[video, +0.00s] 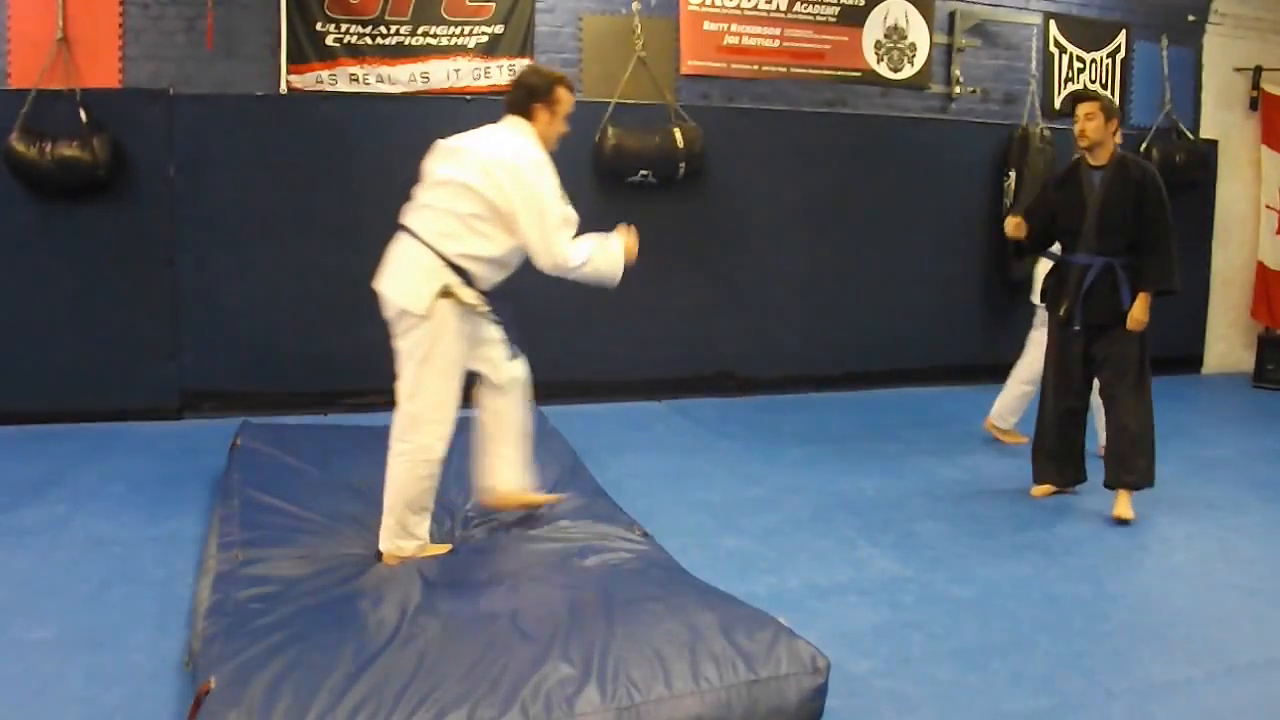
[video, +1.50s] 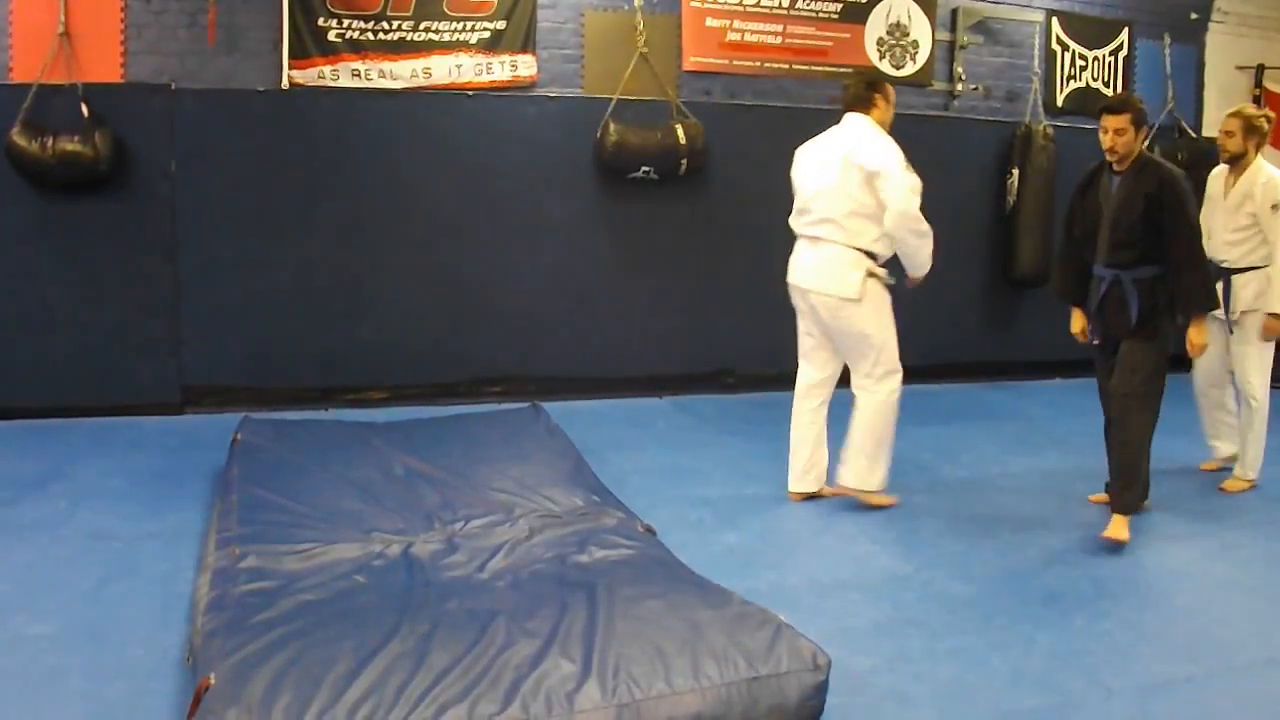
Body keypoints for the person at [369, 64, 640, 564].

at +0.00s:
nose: (566, 129)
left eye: (568, 117)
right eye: (562, 116)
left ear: (525, 110)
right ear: (538, 110)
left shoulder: (475, 140)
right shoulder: (525, 157)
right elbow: (555, 252)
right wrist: (616, 248)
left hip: (417, 276)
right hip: (430, 286)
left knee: (506, 372)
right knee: (426, 416)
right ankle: (403, 540)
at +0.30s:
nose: (652, 118)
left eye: (652, 108)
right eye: (646, 107)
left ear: (612, 107)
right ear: (621, 105)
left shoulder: (571, 147)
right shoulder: (620, 152)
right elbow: (657, 237)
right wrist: (714, 233)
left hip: (542, 294)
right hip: (559, 300)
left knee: (603, 415)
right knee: (597, 415)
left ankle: (589, 532)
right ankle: (486, 479)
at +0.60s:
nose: (744, 111)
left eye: (743, 101)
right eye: (739, 100)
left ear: (698, 99)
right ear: (715, 99)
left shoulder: (655, 144)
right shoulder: (719, 155)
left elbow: (654, 224)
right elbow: (751, 236)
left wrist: (709, 265)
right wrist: (809, 223)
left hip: (626, 286)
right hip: (672, 298)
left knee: (642, 404)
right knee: (721, 408)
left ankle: (593, 511)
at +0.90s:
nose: (824, 109)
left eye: (824, 98)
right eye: (821, 99)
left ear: (779, 95)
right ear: (802, 97)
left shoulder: (727, 142)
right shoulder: (803, 151)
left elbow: (723, 212)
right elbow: (826, 234)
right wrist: (879, 221)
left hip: (713, 278)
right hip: (757, 288)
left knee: (762, 379)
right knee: (779, 408)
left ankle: (711, 454)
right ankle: (764, 528)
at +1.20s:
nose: (861, 116)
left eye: (860, 107)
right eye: (857, 107)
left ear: (817, 107)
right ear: (835, 107)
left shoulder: (770, 154)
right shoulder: (839, 156)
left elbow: (771, 223)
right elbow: (866, 232)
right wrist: (903, 198)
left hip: (767, 280)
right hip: (806, 288)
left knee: (801, 390)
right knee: (797, 403)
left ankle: (804, 481)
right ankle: (764, 521)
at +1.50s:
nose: (894, 109)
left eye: (892, 101)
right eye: (891, 101)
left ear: (849, 102)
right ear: (878, 101)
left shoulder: (810, 148)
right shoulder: (884, 152)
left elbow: (806, 209)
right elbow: (903, 214)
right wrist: (918, 265)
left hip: (804, 264)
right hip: (850, 273)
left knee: (814, 374)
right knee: (879, 376)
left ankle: (804, 480)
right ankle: (861, 480)